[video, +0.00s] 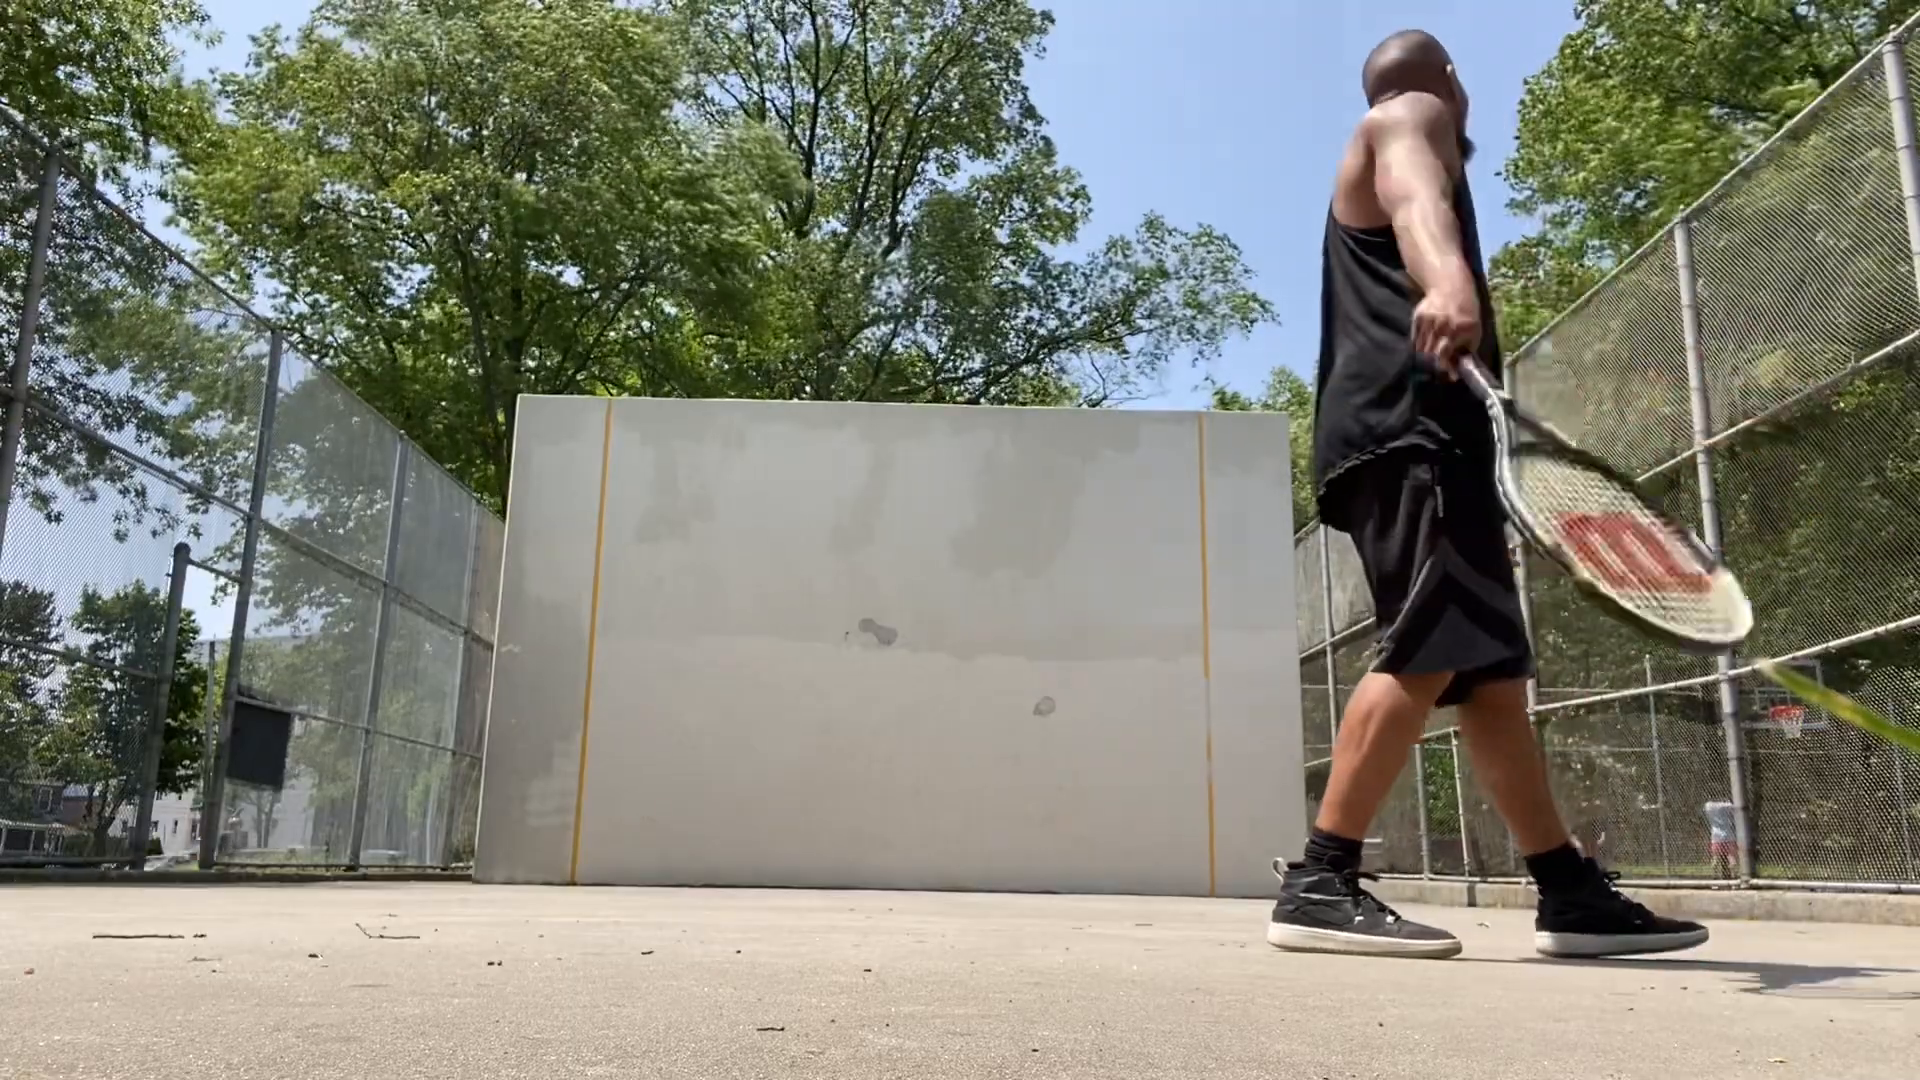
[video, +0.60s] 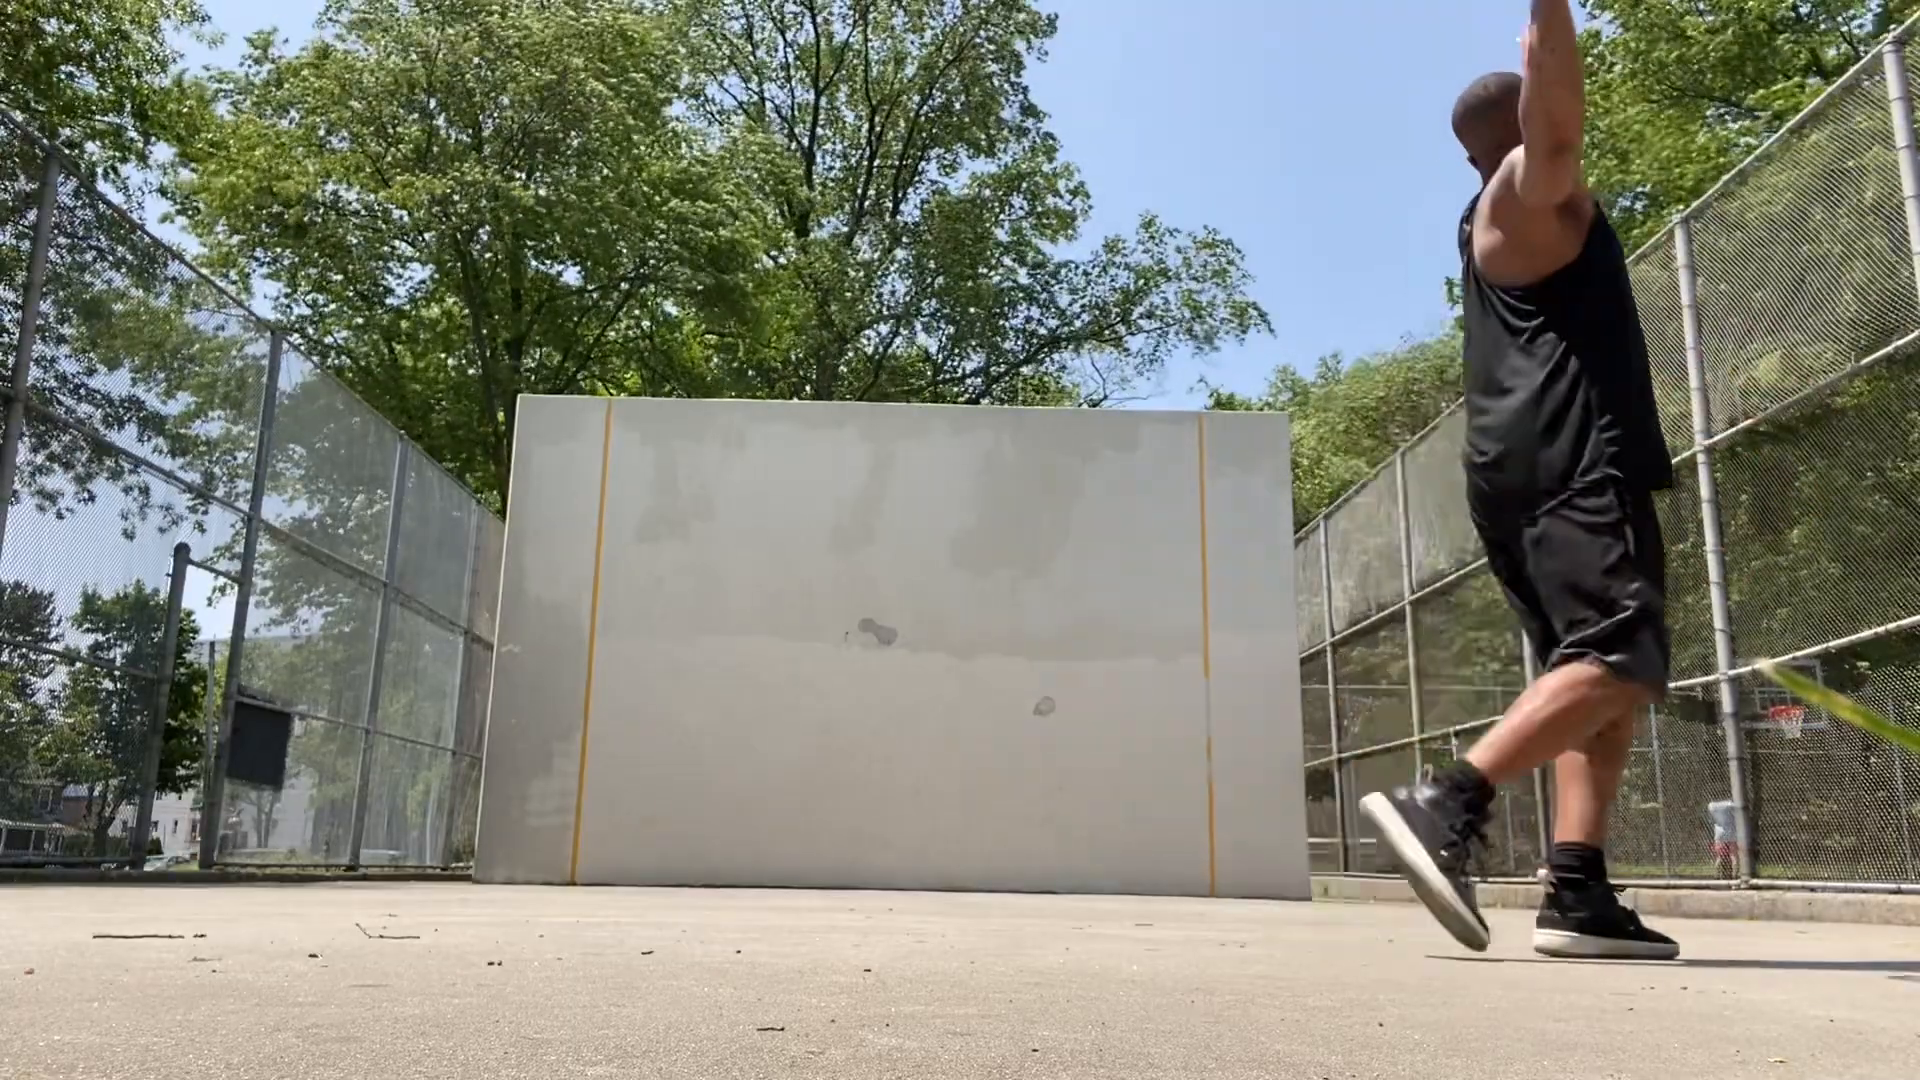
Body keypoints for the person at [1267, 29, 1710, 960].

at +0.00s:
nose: (1466, 96)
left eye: (1460, 85)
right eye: (1460, 81)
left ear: (1382, 88)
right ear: (1438, 73)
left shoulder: (1392, 155)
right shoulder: (1413, 111)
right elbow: (1413, 201)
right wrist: (1449, 279)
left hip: (1426, 438)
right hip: (1405, 429)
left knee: (1489, 664)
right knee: (1427, 644)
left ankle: (1570, 892)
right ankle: (1321, 881)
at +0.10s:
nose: (1461, 88)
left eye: (1453, 78)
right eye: (1455, 74)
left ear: (1373, 83)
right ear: (1440, 69)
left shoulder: (1405, 165)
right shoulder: (1396, 111)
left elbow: (1468, 350)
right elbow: (1421, 148)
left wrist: (1521, 469)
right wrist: (1456, 160)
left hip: (1447, 452)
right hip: (1407, 441)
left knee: (1500, 669)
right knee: (1413, 646)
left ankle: (1569, 893)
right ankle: (1319, 881)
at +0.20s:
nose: (1468, 98)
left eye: (1462, 81)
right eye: (1446, 76)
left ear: (1411, 88)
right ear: (1409, 86)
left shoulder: (1448, 182)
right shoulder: (1397, 152)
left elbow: (1497, 282)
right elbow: (1424, 114)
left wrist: (1550, 330)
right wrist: (1452, 30)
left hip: (1464, 458)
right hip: (1412, 449)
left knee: (1519, 663)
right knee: (1400, 648)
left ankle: (1569, 893)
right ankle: (1318, 881)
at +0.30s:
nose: (1482, 107)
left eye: (1475, 91)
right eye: (1464, 92)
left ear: (1429, 101)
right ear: (1423, 98)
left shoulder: (1458, 184)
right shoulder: (1425, 158)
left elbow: (1500, 199)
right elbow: (1454, 52)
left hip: (1471, 455)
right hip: (1439, 446)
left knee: (1548, 655)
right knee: (1408, 645)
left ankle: (1573, 893)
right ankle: (1320, 880)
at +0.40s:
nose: (1520, 123)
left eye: (1516, 110)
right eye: (1504, 107)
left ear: (1436, 120)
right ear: (1464, 114)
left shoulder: (1465, 197)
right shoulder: (1461, 169)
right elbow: (1483, 55)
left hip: (1495, 468)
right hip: (1473, 457)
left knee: (1579, 661)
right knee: (1433, 646)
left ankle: (1574, 890)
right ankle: (1327, 871)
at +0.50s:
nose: (1535, 118)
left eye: (1529, 108)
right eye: (1520, 109)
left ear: (1454, 140)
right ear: (1496, 123)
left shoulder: (1476, 215)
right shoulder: (1501, 181)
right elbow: (1517, 87)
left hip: (1515, 467)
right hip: (1520, 460)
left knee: (1606, 672)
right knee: (1498, 650)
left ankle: (1577, 893)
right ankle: (1352, 848)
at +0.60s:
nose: (1563, 122)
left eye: (1557, 113)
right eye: (1549, 115)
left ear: (1478, 144)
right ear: (1528, 126)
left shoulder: (1490, 219)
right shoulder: (1531, 191)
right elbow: (1554, 126)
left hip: (1515, 465)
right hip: (1566, 458)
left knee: (1596, 672)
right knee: (1621, 658)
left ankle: (1578, 892)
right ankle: (1447, 803)